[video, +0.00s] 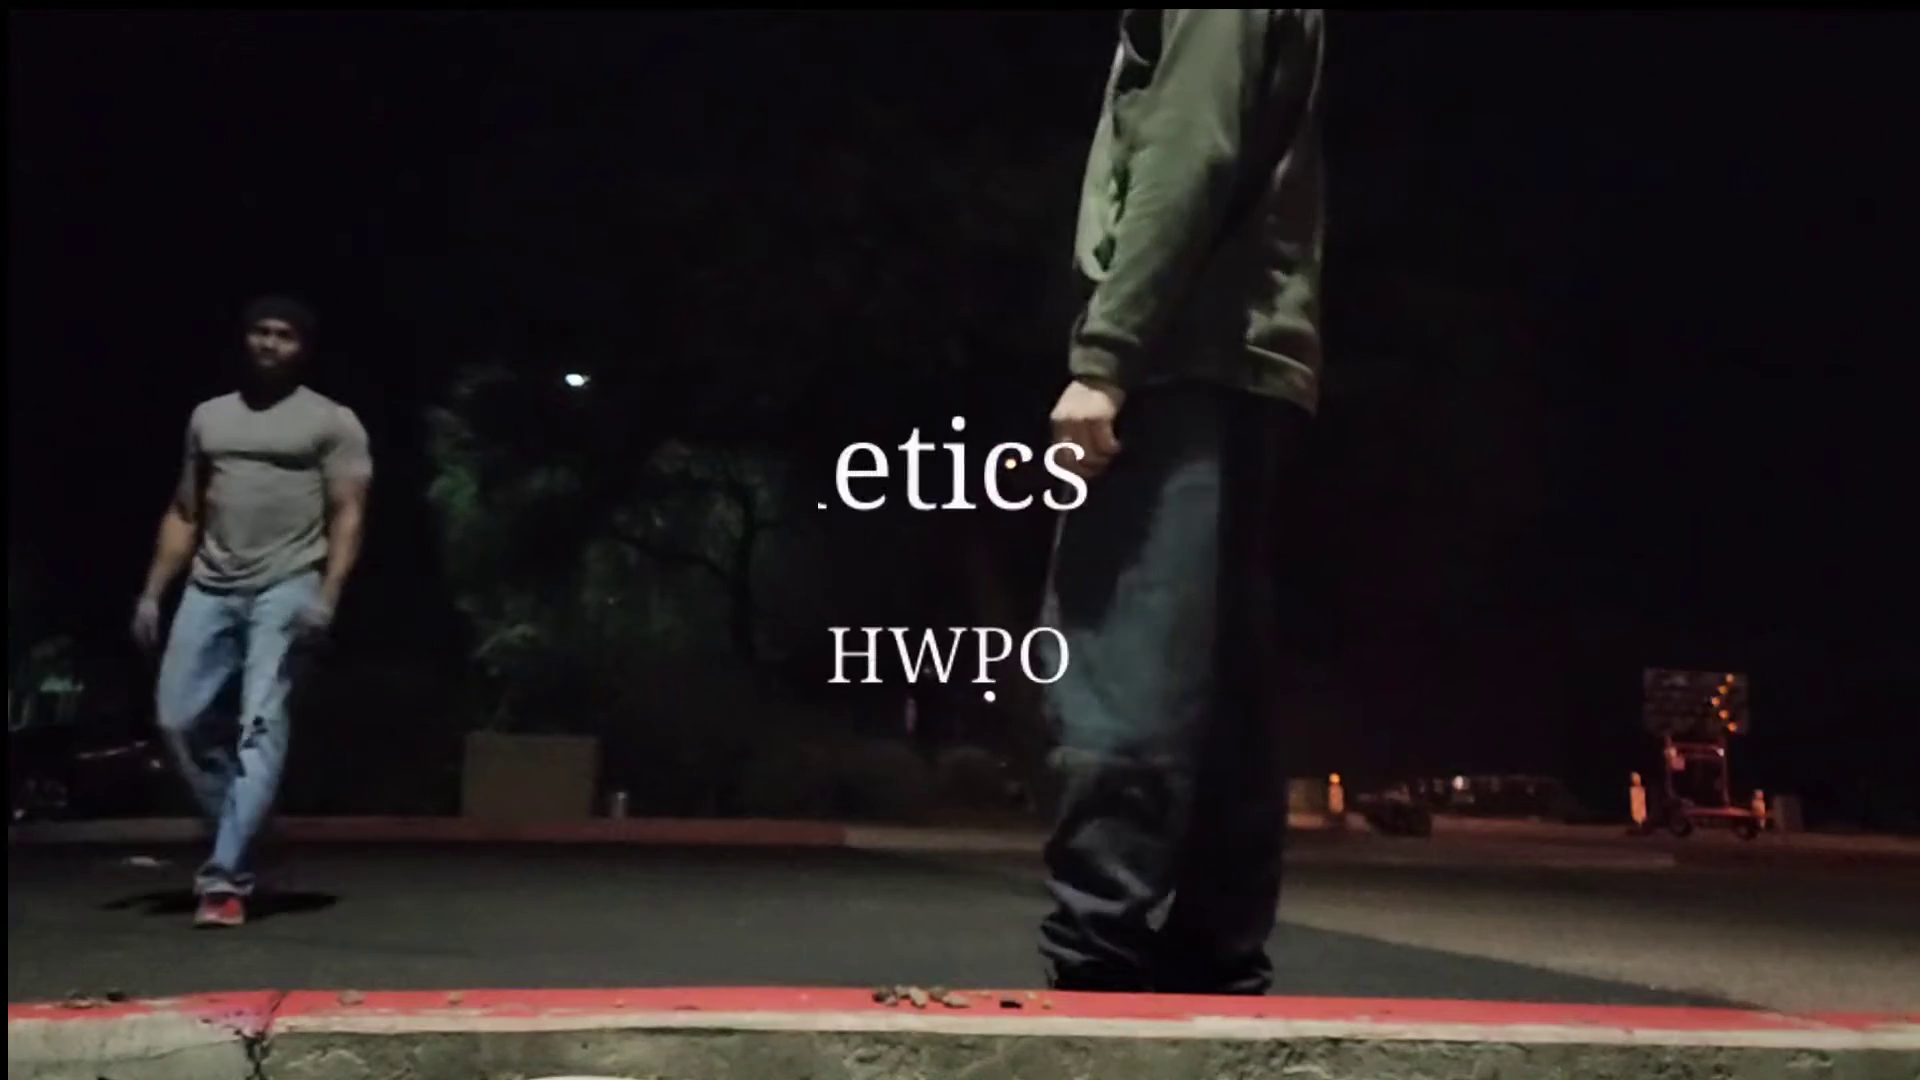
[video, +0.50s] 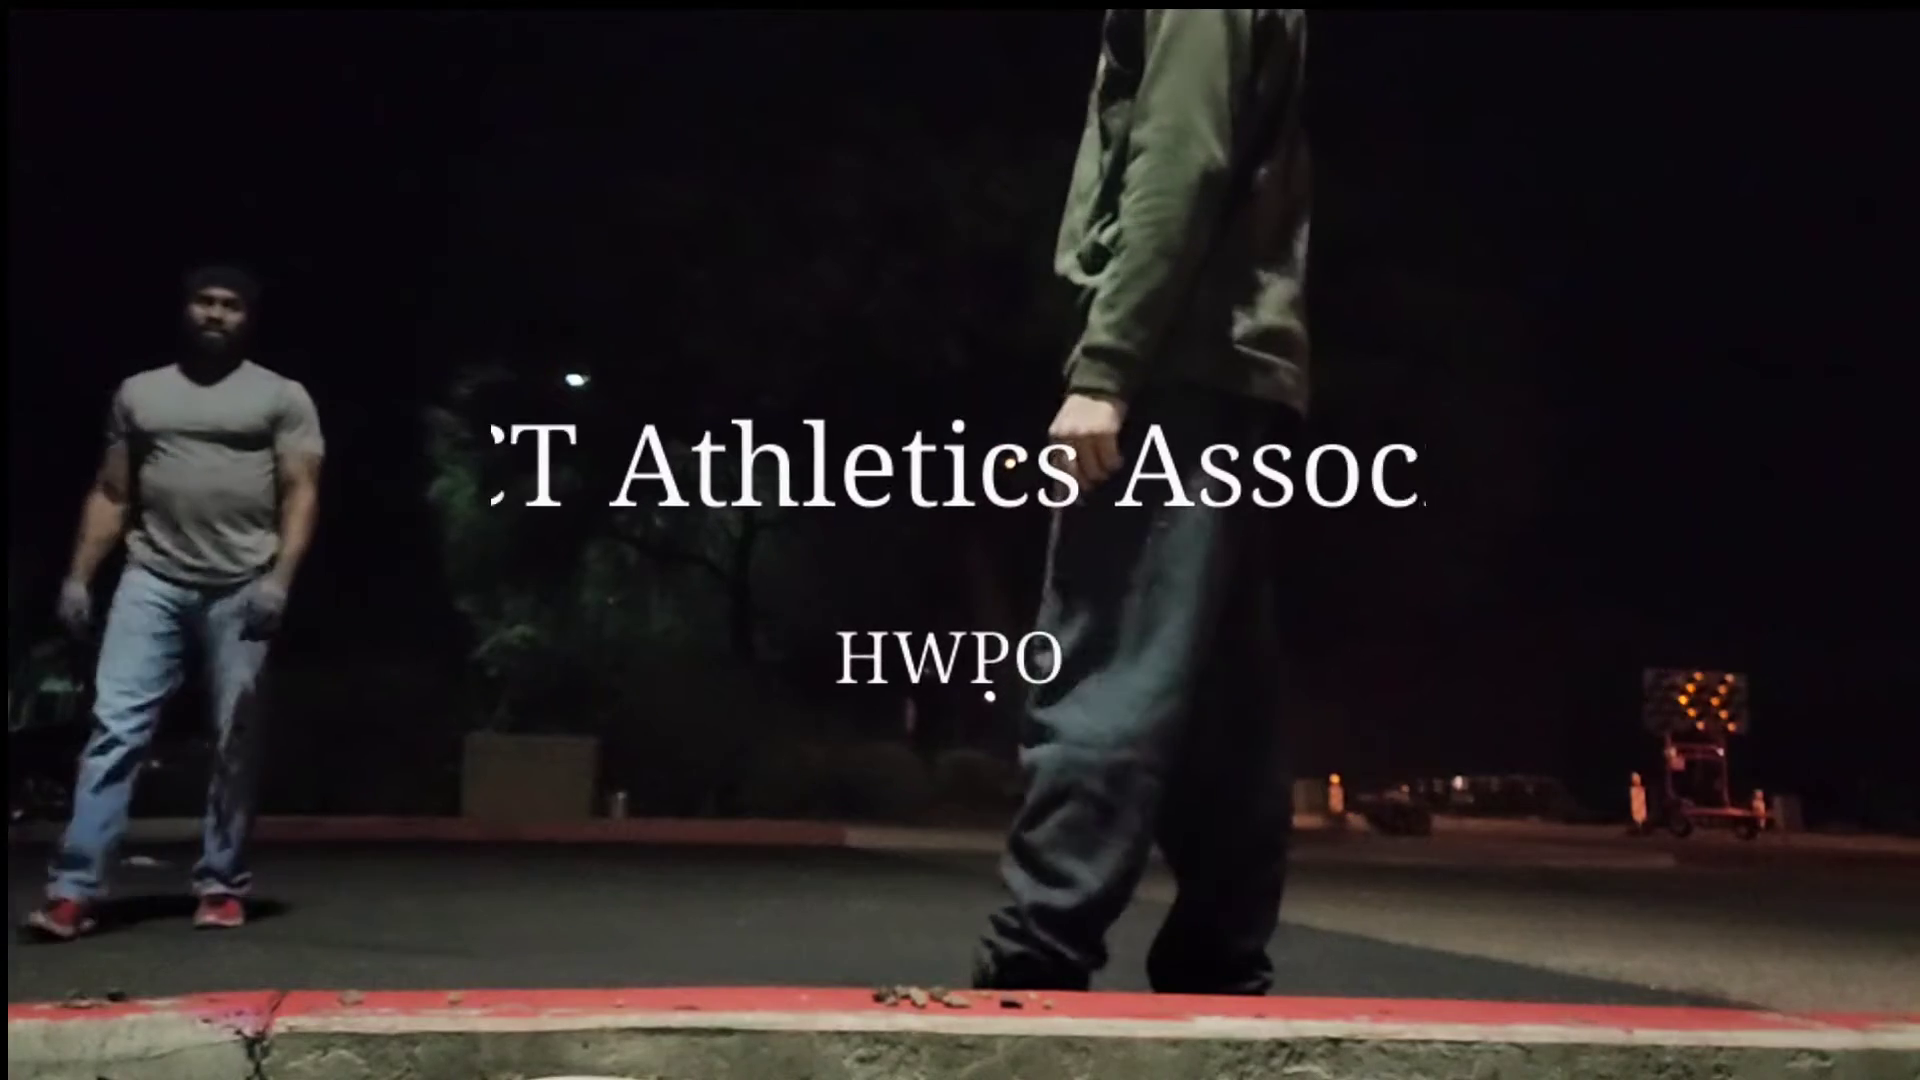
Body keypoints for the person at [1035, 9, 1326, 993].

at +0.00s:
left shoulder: (1230, 19)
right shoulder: (1266, 31)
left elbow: (1194, 155)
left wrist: (1101, 363)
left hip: (1187, 351)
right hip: (1236, 352)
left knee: (1129, 641)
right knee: (1218, 654)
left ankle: (1106, 946)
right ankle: (1215, 948)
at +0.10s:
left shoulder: (1233, 17)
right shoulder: (1268, 29)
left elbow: (1199, 156)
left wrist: (1104, 361)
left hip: (1179, 357)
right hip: (1238, 360)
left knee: (1100, 650)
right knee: (1220, 664)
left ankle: (1088, 966)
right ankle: (1214, 969)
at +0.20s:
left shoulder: (1238, 16)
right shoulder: (1263, 28)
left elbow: (1203, 156)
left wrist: (1107, 360)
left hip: (1177, 355)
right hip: (1236, 361)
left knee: (1082, 645)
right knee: (1219, 664)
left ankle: (1079, 965)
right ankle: (1214, 971)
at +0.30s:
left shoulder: (1232, 16)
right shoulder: (1254, 27)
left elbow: (1196, 161)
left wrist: (1105, 365)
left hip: (1178, 361)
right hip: (1235, 370)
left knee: (1087, 652)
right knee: (1222, 676)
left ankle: (1054, 968)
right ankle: (1214, 980)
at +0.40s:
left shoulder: (1220, 16)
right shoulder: (1240, 27)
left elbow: (1188, 164)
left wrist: (1104, 372)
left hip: (1180, 364)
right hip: (1236, 370)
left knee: (1101, 660)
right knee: (1224, 680)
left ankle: (1040, 954)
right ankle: (1216, 968)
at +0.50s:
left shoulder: (1205, 18)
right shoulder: (1229, 29)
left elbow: (1178, 163)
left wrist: (1100, 376)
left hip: (1180, 367)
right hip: (1234, 372)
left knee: (1108, 666)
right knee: (1223, 684)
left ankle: (1037, 958)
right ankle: (1215, 970)